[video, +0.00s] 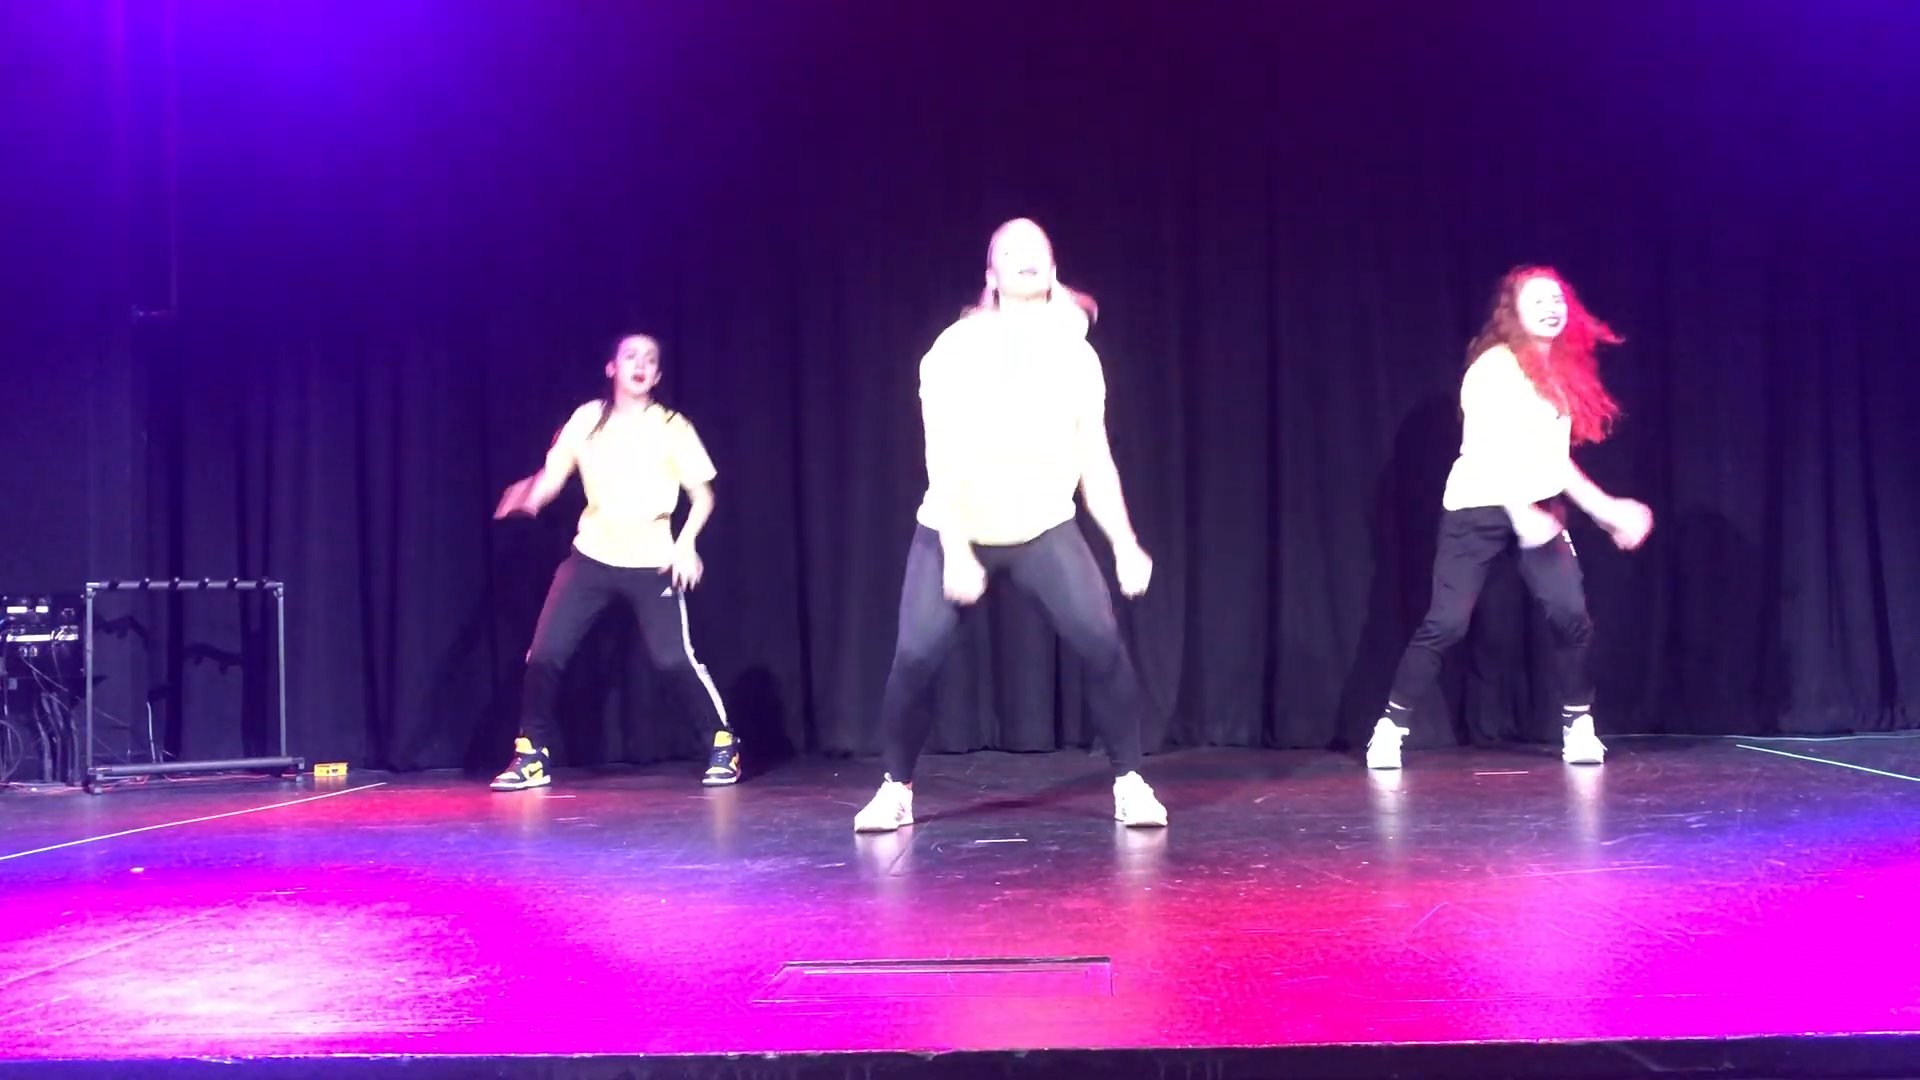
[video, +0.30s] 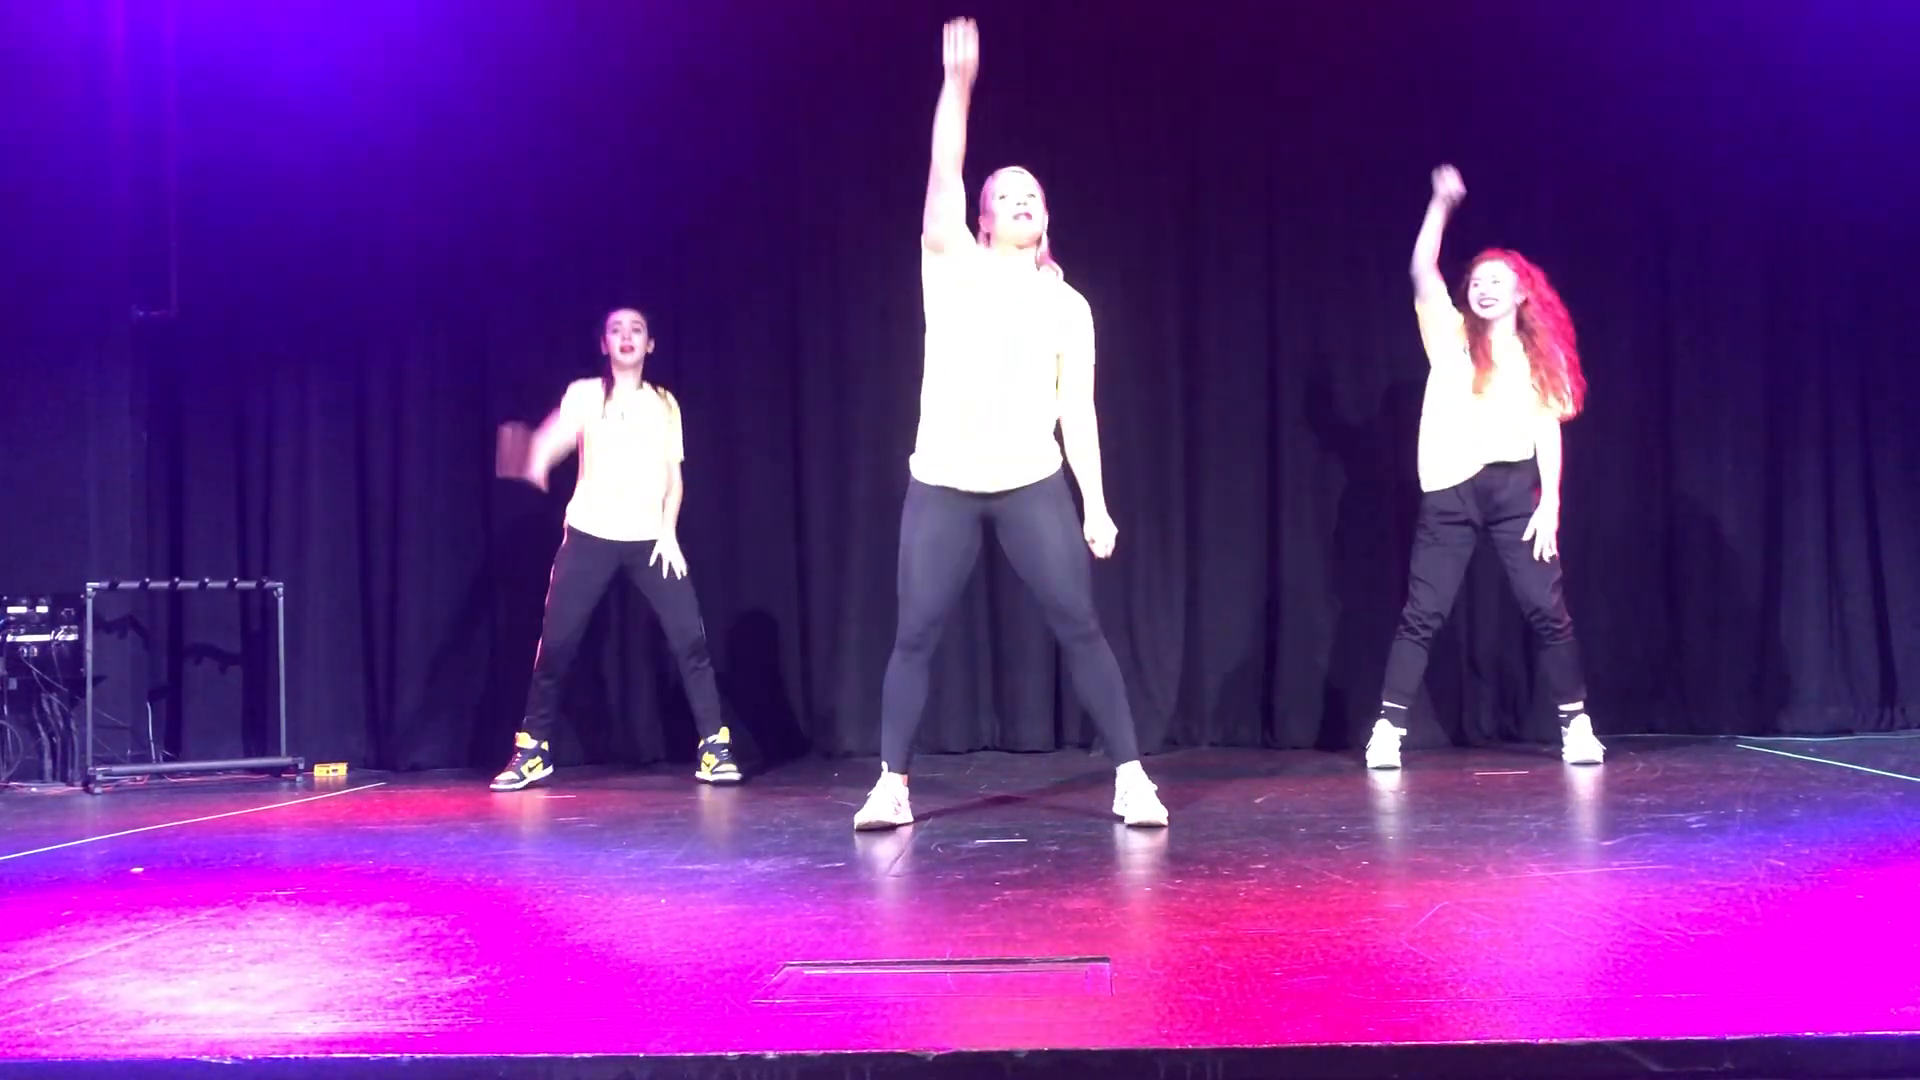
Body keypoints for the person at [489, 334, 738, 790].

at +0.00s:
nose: (640, 367)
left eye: (649, 360)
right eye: (631, 358)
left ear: (659, 373)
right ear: (612, 368)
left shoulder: (673, 429)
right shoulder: (587, 420)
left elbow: (703, 496)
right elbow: (551, 477)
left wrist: (686, 542)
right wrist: (528, 499)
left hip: (652, 560)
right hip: (591, 557)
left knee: (674, 658)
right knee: (544, 654)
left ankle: (723, 745)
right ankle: (532, 757)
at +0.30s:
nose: (626, 338)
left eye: (635, 331)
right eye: (617, 331)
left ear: (650, 345)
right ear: (603, 344)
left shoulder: (665, 405)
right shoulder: (584, 395)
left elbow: (674, 476)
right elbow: (553, 440)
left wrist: (668, 528)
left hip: (650, 537)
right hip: (589, 535)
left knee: (690, 639)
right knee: (555, 642)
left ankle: (714, 749)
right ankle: (533, 751)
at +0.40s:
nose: (618, 333)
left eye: (628, 326)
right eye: (611, 326)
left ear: (645, 340)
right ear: (601, 338)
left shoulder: (664, 400)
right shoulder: (583, 385)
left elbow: (674, 472)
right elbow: (571, 338)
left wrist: (675, 533)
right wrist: (552, 290)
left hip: (652, 535)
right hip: (592, 534)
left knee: (683, 644)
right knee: (564, 645)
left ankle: (715, 747)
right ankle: (546, 750)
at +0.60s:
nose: (612, 345)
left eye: (623, 338)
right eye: (606, 337)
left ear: (642, 347)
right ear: (598, 347)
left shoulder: (654, 407)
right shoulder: (592, 391)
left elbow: (654, 479)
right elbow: (564, 341)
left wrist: (651, 542)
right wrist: (533, 301)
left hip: (634, 542)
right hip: (578, 541)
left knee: (676, 647)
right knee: (559, 650)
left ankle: (724, 740)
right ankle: (553, 753)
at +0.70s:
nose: (603, 346)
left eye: (615, 339)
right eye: (598, 339)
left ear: (636, 353)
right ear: (592, 350)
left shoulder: (633, 407)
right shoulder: (602, 402)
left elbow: (629, 481)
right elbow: (576, 395)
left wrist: (622, 551)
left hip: (620, 544)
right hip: (577, 543)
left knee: (662, 649)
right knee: (550, 644)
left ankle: (739, 735)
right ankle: (553, 757)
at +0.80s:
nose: (590, 360)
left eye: (603, 355)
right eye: (587, 351)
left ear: (625, 369)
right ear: (579, 360)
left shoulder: (616, 422)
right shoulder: (595, 420)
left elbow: (614, 502)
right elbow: (601, 493)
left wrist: (609, 569)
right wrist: (573, 497)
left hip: (621, 560)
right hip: (587, 559)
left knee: (641, 669)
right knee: (537, 654)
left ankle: (741, 736)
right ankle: (551, 758)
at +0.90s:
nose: (572, 391)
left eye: (586, 386)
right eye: (571, 383)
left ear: (607, 403)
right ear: (565, 392)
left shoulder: (599, 451)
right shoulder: (589, 448)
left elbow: (592, 536)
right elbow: (596, 531)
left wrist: (590, 607)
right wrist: (596, 599)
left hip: (622, 588)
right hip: (600, 586)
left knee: (632, 702)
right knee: (525, 659)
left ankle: (742, 741)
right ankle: (550, 760)